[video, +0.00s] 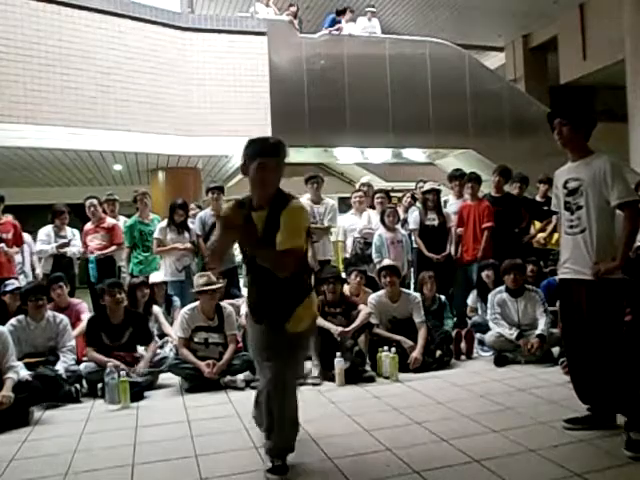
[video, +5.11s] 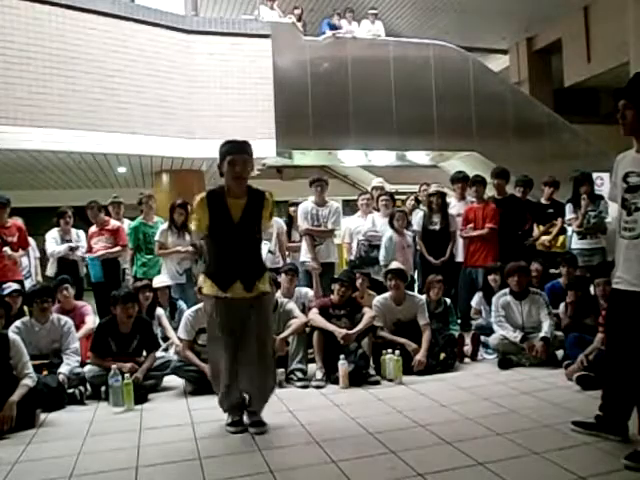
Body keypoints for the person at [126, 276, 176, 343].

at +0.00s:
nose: (144, 292)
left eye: (146, 288)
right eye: (140, 289)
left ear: (150, 290)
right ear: (133, 292)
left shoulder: (154, 309)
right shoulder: (127, 311)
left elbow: (166, 327)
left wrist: (176, 339)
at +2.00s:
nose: (146, 295)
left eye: (148, 291)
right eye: (142, 292)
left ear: (152, 293)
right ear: (137, 295)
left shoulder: (158, 311)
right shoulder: (133, 312)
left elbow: (168, 329)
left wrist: (176, 342)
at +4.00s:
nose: (146, 296)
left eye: (149, 292)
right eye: (142, 293)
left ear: (152, 294)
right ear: (137, 295)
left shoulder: (158, 311)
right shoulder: (134, 312)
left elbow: (168, 329)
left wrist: (177, 343)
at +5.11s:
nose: (147, 295)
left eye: (149, 291)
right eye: (143, 292)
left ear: (153, 294)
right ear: (137, 295)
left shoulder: (158, 311)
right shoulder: (133, 312)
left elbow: (168, 329)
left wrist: (178, 344)